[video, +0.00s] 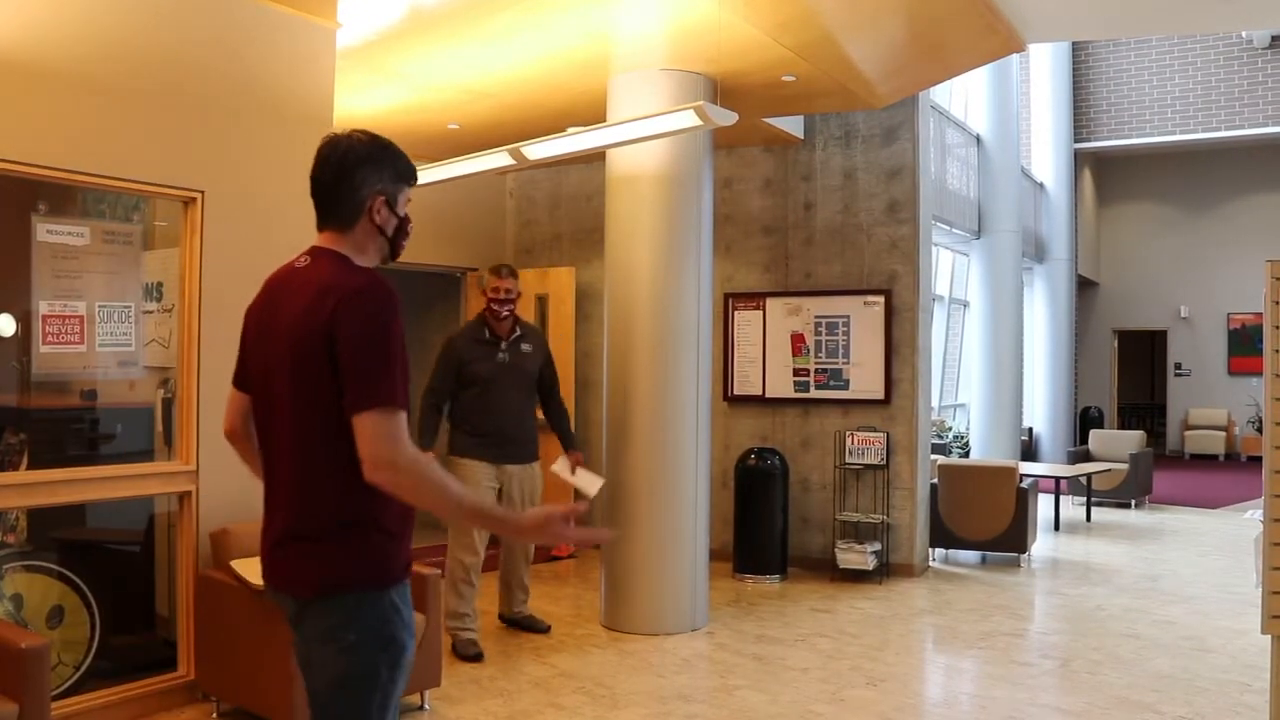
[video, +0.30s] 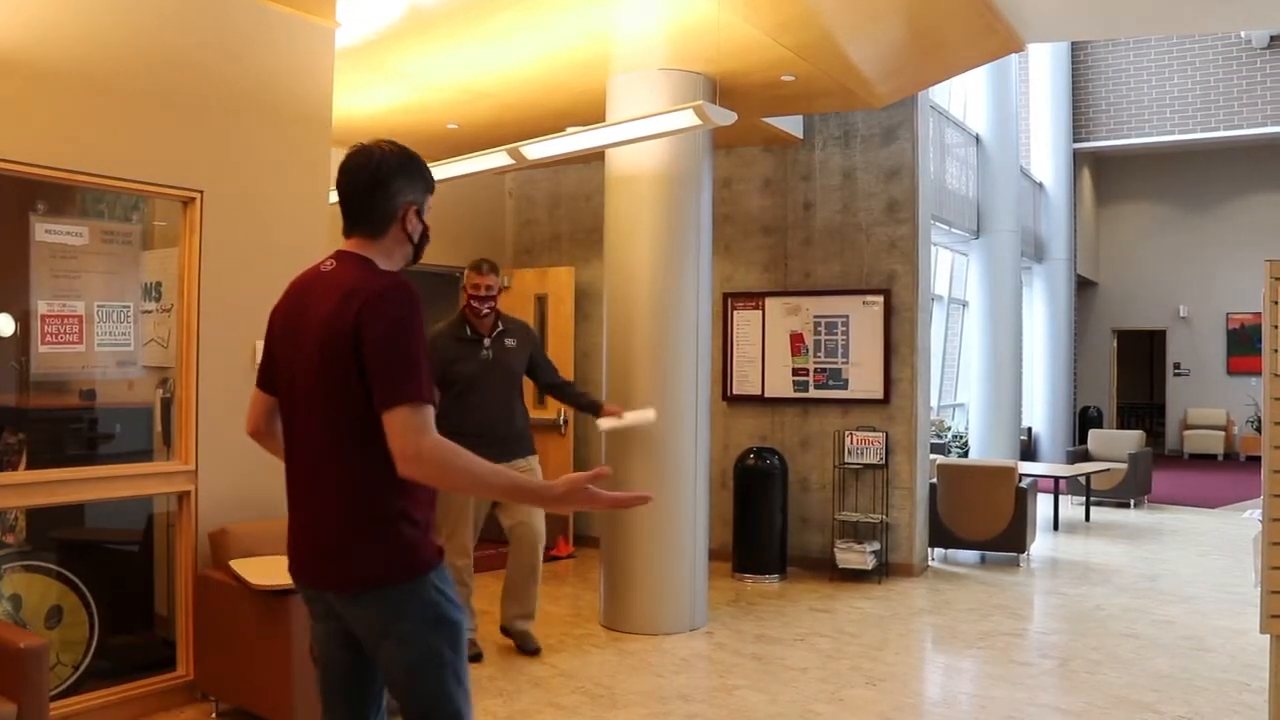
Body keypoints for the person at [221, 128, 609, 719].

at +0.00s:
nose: (408, 221)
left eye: (409, 205)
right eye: (406, 204)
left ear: (325, 202)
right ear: (377, 207)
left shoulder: (277, 288)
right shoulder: (363, 293)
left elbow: (238, 425)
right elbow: (386, 458)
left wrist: (296, 490)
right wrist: (511, 521)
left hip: (295, 567)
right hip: (355, 579)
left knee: (338, 707)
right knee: (362, 709)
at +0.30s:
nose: (425, 228)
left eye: (426, 213)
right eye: (426, 212)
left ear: (347, 207)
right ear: (408, 216)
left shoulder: (299, 292)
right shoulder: (388, 294)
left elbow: (261, 422)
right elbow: (414, 448)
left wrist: (333, 463)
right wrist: (544, 492)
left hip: (318, 555)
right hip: (391, 562)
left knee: (349, 712)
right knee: (443, 707)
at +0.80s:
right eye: (478, 218)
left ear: (396, 212)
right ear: (469, 224)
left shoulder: (343, 298)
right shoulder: (459, 304)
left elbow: (303, 422)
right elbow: (496, 458)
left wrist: (369, 457)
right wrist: (624, 494)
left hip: (370, 559)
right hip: (451, 563)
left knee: (385, 711)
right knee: (498, 707)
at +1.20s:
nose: (546, 223)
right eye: (548, 212)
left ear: (464, 206)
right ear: (541, 218)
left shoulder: (406, 296)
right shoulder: (539, 301)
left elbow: (360, 430)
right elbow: (582, 461)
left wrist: (416, 462)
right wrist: (709, 496)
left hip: (439, 573)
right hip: (528, 582)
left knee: (440, 714)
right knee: (541, 713)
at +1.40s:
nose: (583, 219)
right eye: (584, 208)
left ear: (500, 208)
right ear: (578, 218)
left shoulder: (440, 296)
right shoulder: (574, 302)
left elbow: (389, 428)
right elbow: (617, 465)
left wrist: (428, 460)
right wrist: (744, 501)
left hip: (471, 566)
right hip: (553, 574)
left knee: (507, 704)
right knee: (552, 708)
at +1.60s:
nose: (627, 233)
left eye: (630, 216)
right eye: (626, 215)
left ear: (543, 214)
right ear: (596, 216)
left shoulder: (476, 299)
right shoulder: (603, 304)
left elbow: (424, 430)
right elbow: (644, 468)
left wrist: (459, 461)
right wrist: (771, 502)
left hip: (505, 563)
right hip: (577, 574)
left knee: (564, 708)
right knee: (573, 712)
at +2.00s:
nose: (666, 227)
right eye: (667, 216)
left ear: (589, 221)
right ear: (662, 225)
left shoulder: (538, 308)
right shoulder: (668, 304)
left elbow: (492, 440)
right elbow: (705, 459)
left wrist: (519, 482)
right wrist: (799, 491)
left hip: (565, 562)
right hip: (645, 568)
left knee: (604, 711)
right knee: (646, 710)